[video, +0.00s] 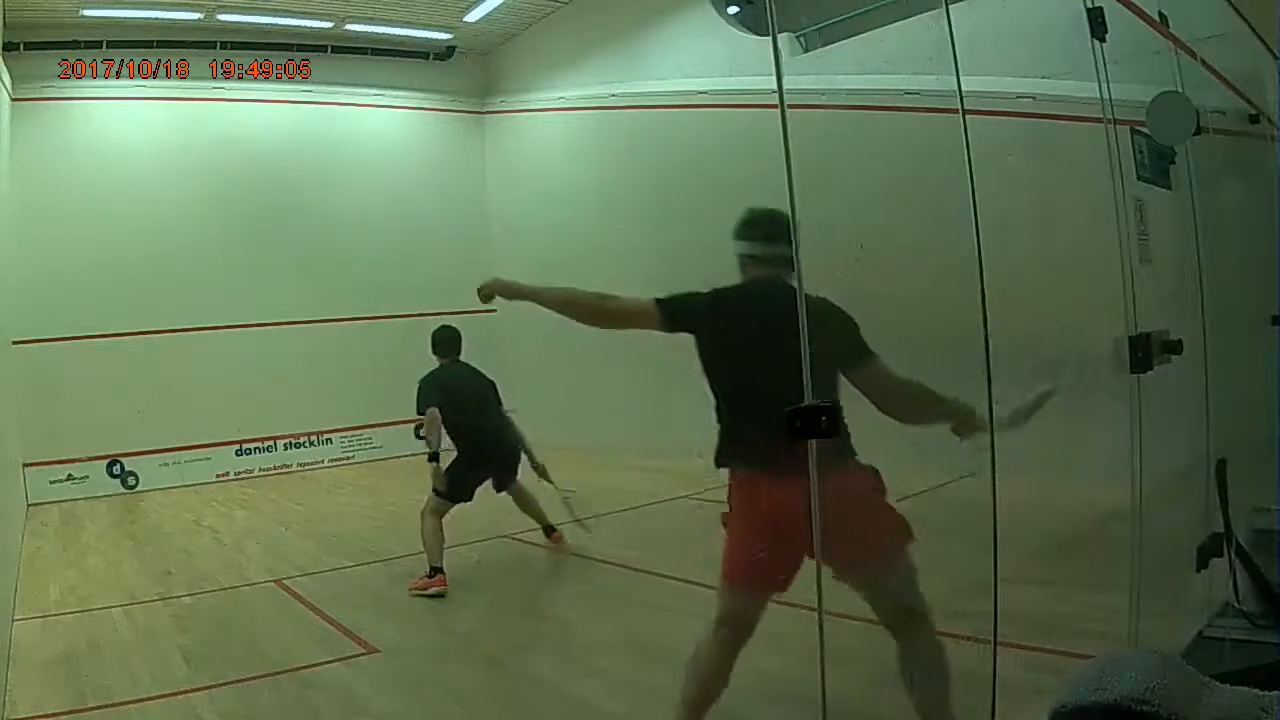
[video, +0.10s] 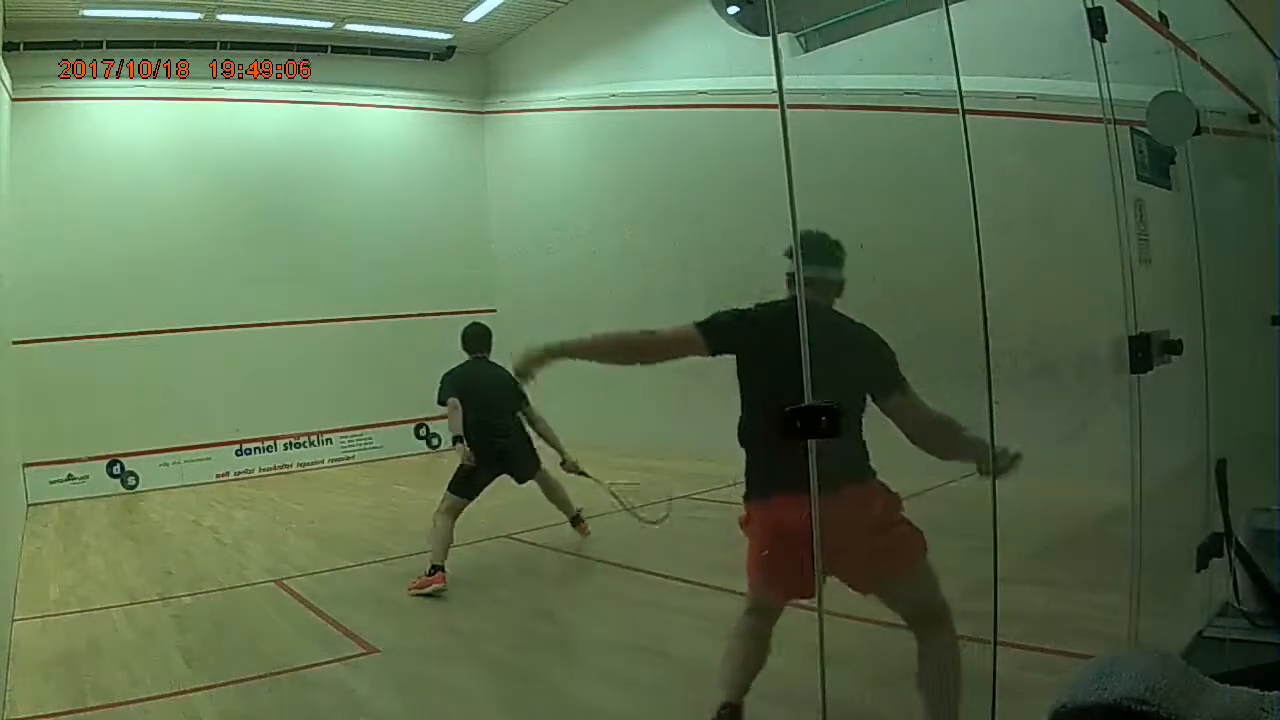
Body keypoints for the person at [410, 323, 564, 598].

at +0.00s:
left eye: (436, 348)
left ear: (434, 351)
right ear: (460, 348)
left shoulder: (431, 382)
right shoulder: (480, 377)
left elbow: (432, 417)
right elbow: (505, 419)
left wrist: (434, 464)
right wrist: (534, 459)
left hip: (474, 456)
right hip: (507, 448)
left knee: (432, 513)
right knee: (512, 485)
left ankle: (436, 574)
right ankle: (551, 531)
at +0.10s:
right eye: (487, 344)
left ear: (464, 347)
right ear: (490, 345)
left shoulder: (453, 377)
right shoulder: (504, 376)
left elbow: (454, 406)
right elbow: (534, 419)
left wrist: (459, 442)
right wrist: (564, 454)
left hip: (481, 455)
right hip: (517, 450)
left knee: (446, 513)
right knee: (542, 476)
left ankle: (436, 571)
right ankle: (577, 520)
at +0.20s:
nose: (542, 348)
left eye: (535, 343)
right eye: (543, 344)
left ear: (518, 345)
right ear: (543, 347)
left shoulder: (501, 369)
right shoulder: (550, 376)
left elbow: (487, 396)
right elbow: (588, 413)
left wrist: (477, 422)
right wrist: (618, 443)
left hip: (508, 444)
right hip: (543, 444)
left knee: (479, 501)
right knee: (577, 477)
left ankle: (446, 555)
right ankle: (607, 508)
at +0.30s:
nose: (591, 370)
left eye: (586, 366)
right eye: (592, 366)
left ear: (567, 365)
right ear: (591, 369)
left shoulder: (549, 380)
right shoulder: (595, 396)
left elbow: (513, 399)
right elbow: (628, 423)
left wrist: (486, 427)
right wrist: (660, 444)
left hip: (531, 445)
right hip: (568, 449)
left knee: (505, 497)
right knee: (600, 478)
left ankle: (480, 545)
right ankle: (624, 519)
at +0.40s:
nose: (632, 398)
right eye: (633, 394)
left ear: (610, 386)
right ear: (630, 393)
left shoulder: (581, 397)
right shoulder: (624, 408)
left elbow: (542, 408)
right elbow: (655, 431)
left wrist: (510, 427)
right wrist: (647, 417)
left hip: (548, 443)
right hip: (583, 447)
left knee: (531, 502)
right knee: (616, 463)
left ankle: (512, 535)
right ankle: (625, 518)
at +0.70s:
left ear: (610, 356)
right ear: (627, 361)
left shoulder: (584, 372)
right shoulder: (626, 381)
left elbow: (553, 395)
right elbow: (630, 423)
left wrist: (530, 423)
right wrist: (644, 456)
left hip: (554, 421)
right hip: (587, 422)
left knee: (543, 482)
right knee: (615, 462)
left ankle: (525, 526)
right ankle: (625, 517)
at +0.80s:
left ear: (587, 342)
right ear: (605, 345)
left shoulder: (563, 360)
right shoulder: (606, 365)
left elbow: (541, 389)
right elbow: (613, 410)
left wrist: (521, 417)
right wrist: (622, 438)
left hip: (546, 417)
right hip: (580, 418)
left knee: (535, 475)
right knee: (613, 465)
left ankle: (508, 523)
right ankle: (624, 516)